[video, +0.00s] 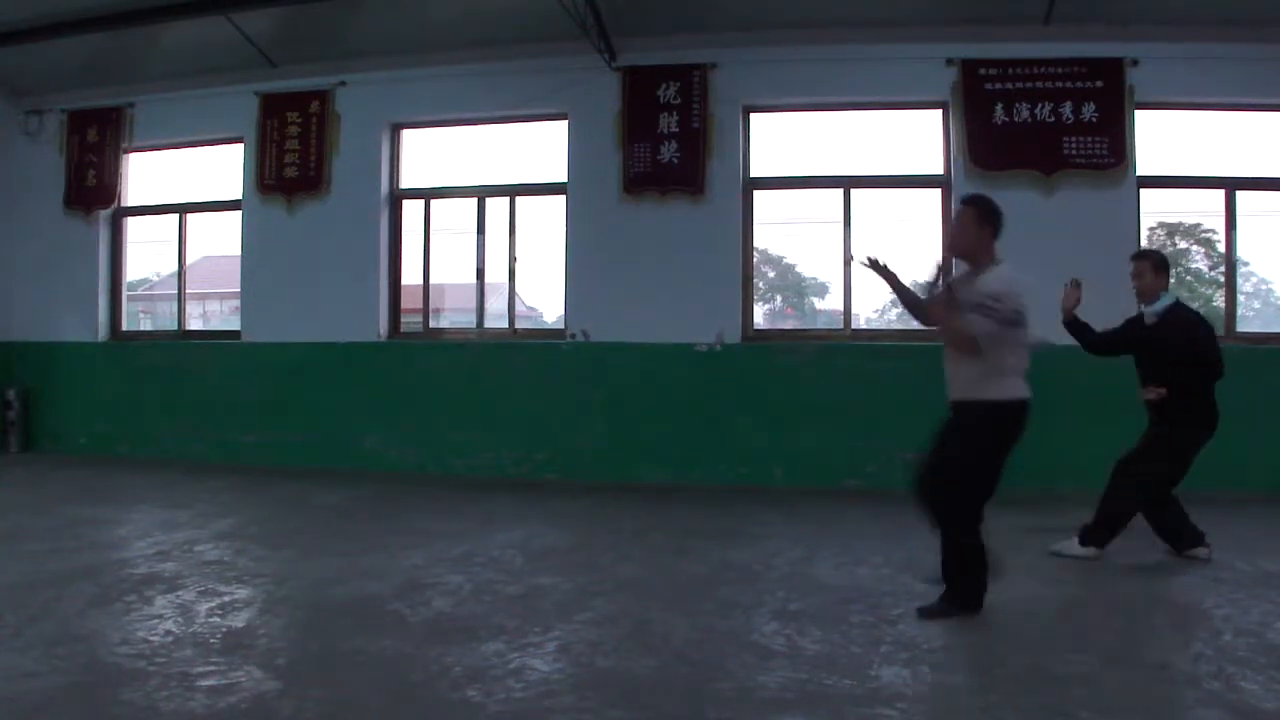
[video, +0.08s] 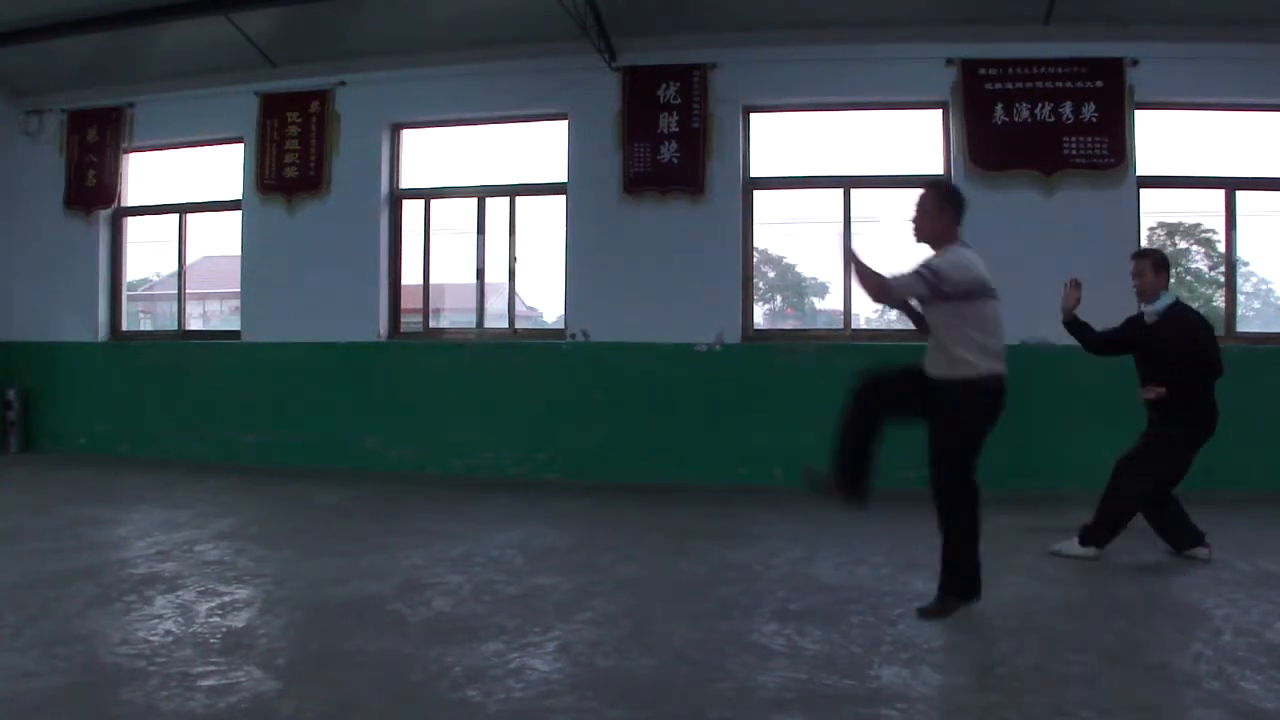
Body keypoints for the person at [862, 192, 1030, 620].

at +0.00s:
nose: (951, 231)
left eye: (960, 224)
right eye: (954, 223)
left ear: (984, 233)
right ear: (973, 233)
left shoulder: (1001, 285)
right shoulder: (962, 283)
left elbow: (970, 342)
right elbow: (929, 317)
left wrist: (943, 305)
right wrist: (894, 283)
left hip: (999, 408)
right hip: (969, 406)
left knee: (958, 494)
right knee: (933, 485)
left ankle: (965, 595)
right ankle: (971, 565)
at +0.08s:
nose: (915, 217)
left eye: (923, 210)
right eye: (917, 209)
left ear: (945, 217)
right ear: (946, 218)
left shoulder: (952, 264)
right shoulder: (959, 263)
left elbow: (885, 292)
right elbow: (953, 332)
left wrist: (852, 258)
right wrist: (914, 316)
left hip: (968, 388)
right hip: (945, 381)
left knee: (952, 483)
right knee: (871, 392)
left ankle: (960, 587)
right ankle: (851, 482)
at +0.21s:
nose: (881, 212)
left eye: (889, 204)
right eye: (883, 204)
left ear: (914, 211)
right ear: (914, 213)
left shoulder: (912, 257)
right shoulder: (929, 253)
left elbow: (841, 278)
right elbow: (935, 323)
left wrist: (804, 230)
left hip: (935, 380)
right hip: (925, 370)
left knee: (913, 474)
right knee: (864, 323)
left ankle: (917, 578)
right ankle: (841, 418)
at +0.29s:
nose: (857, 222)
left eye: (864, 214)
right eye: (859, 214)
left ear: (890, 219)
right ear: (891, 220)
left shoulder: (890, 267)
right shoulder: (902, 266)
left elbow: (818, 283)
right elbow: (897, 338)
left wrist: (780, 239)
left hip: (899, 395)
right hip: (893, 388)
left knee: (868, 494)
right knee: (818, 347)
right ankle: (821, 443)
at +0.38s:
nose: (841, 233)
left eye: (849, 225)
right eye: (843, 225)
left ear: (873, 231)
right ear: (872, 233)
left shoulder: (881, 283)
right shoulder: (877, 280)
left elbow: (811, 292)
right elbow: (883, 345)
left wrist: (764, 250)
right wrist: (844, 353)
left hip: (881, 412)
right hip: (856, 398)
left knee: (835, 500)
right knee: (786, 385)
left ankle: (842, 607)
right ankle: (785, 479)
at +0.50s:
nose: (811, 239)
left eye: (819, 230)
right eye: (813, 230)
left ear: (845, 236)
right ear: (842, 238)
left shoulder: (860, 288)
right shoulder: (842, 290)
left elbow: (790, 297)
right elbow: (858, 353)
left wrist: (724, 280)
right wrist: (816, 358)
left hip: (854, 424)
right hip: (815, 416)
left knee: (810, 513)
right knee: (745, 463)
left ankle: (842, 605)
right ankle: (709, 548)